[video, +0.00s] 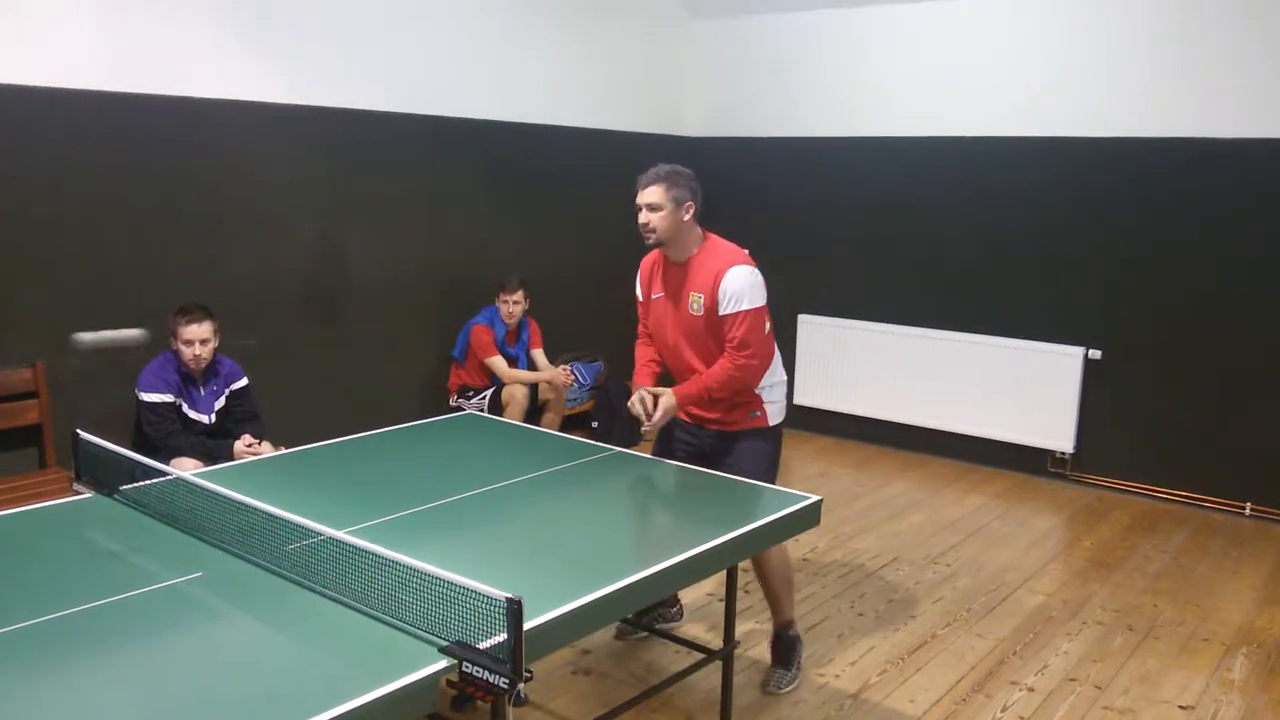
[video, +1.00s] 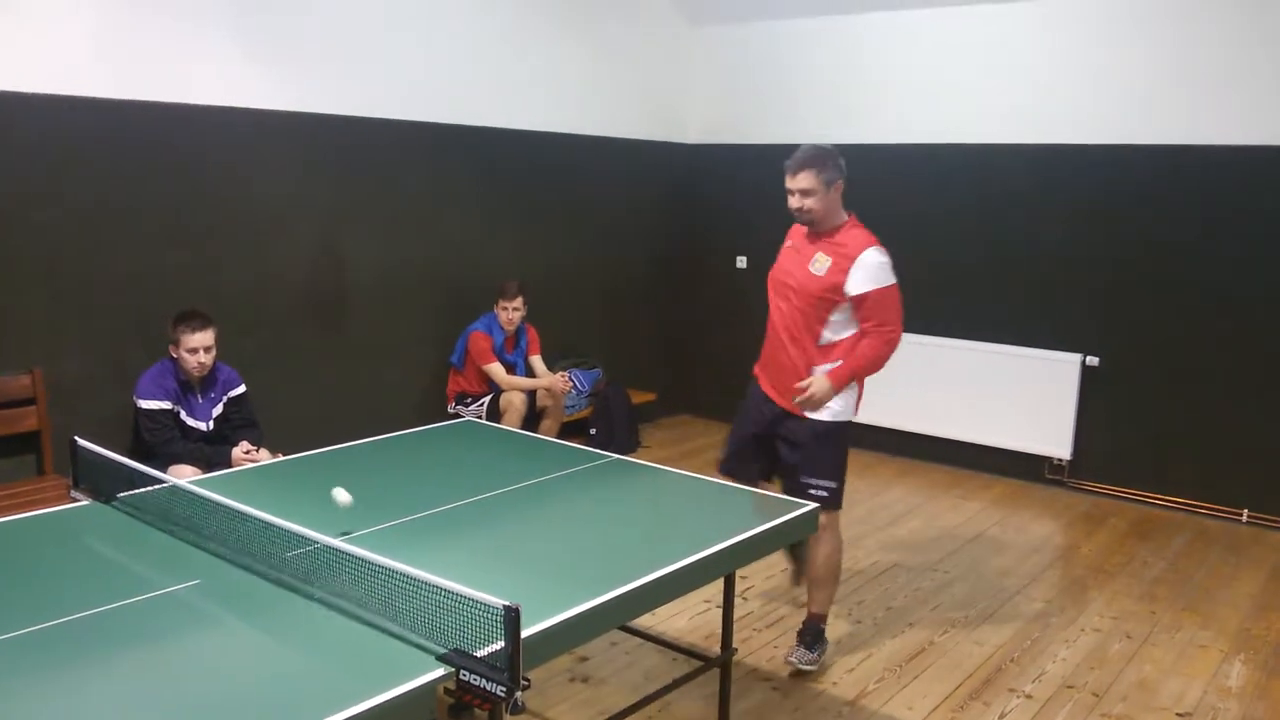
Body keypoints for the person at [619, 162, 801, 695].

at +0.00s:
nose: (641, 219)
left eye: (651, 209)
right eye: (639, 210)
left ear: (687, 210)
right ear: (646, 214)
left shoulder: (734, 272)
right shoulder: (649, 268)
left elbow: (746, 360)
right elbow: (647, 337)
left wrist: (678, 397)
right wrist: (644, 383)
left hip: (748, 417)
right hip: (688, 413)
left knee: (751, 520)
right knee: (652, 502)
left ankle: (786, 636)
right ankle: (663, 600)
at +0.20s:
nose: (650, 236)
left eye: (658, 223)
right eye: (644, 225)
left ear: (690, 212)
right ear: (645, 221)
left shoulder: (750, 264)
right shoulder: (651, 270)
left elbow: (785, 341)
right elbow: (651, 341)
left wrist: (742, 398)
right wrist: (665, 395)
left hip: (758, 419)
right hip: (691, 416)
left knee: (774, 524)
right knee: (656, 505)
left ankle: (789, 638)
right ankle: (663, 599)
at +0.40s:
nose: (679, 261)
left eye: (683, 250)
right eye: (671, 254)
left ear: (709, 229)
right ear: (663, 244)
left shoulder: (775, 264)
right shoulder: (668, 280)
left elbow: (822, 328)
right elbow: (669, 348)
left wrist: (814, 403)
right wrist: (695, 402)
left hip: (781, 415)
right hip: (717, 416)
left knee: (801, 519)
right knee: (679, 507)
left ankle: (812, 626)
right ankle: (663, 599)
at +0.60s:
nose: (747, 221)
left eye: (754, 211)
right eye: (742, 213)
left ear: (784, 197)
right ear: (737, 205)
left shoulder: (825, 259)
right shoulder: (735, 222)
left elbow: (876, 328)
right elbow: (702, 191)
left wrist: (852, 399)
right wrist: (674, 172)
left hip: (788, 411)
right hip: (729, 393)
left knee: (798, 523)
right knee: (687, 499)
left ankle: (809, 631)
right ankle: (660, 594)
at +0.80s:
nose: (776, 216)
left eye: (784, 205)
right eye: (771, 207)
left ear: (818, 194)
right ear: (784, 199)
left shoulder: (837, 266)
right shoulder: (825, 217)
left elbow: (861, 349)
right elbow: (860, 192)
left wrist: (830, 412)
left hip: (794, 407)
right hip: (746, 381)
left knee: (801, 521)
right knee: (685, 464)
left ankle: (809, 628)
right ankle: (674, 577)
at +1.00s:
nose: (796, 203)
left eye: (806, 194)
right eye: (791, 193)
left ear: (838, 190)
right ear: (789, 191)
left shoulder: (866, 255)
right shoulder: (798, 234)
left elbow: (885, 333)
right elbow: (797, 307)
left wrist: (834, 379)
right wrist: (775, 363)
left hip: (820, 412)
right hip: (766, 392)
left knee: (818, 518)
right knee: (734, 477)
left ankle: (813, 629)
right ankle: (790, 534)